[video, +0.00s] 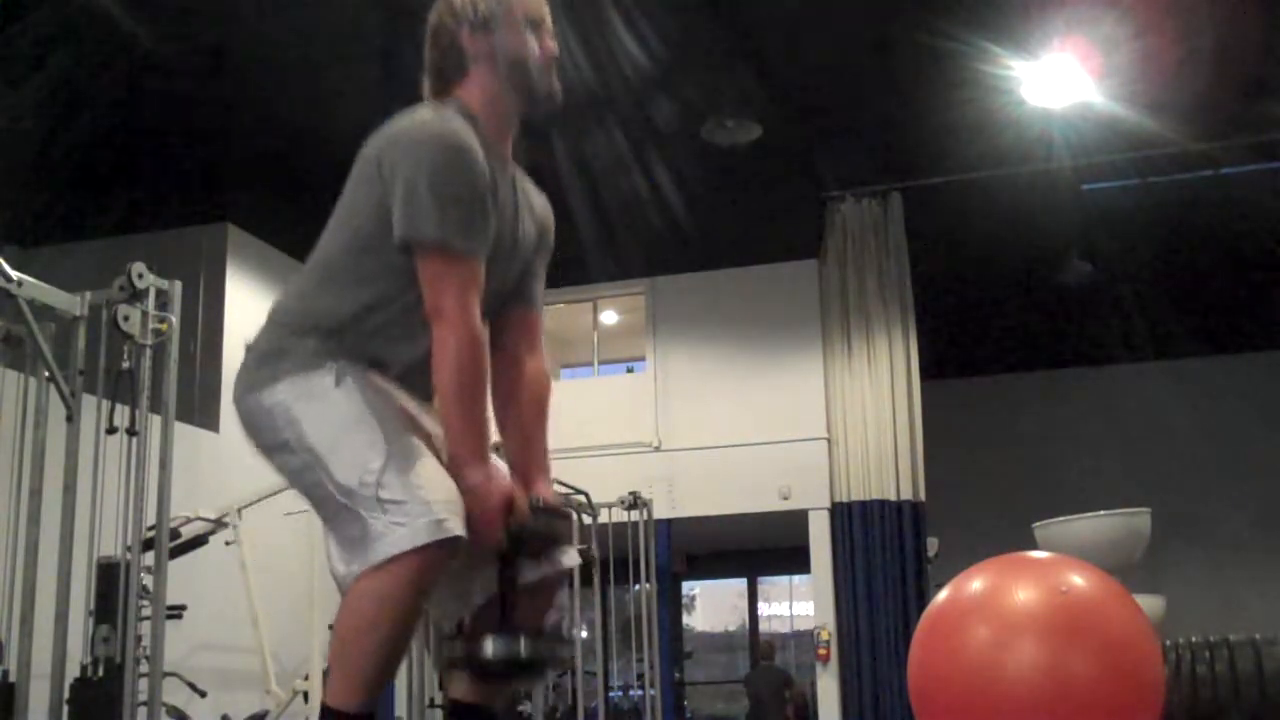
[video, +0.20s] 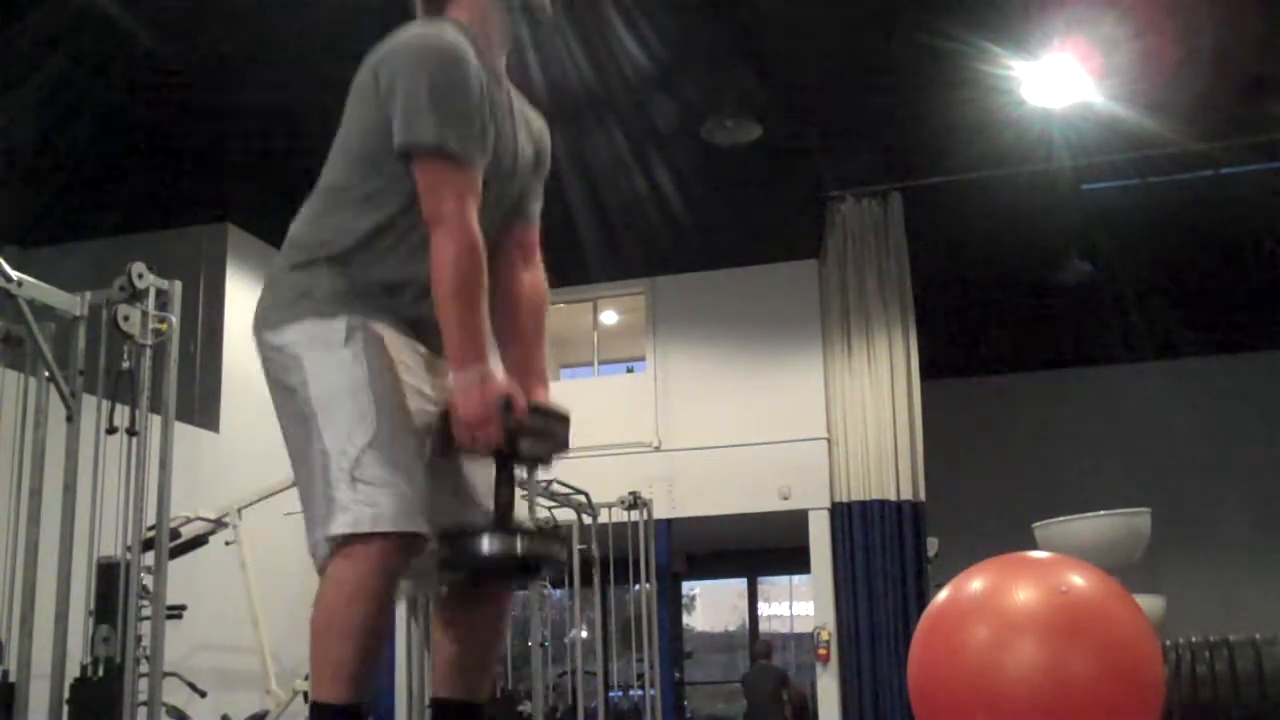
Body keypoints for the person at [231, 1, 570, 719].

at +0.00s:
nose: (554, 47)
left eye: (552, 31)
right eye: (533, 26)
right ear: (473, 38)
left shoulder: (530, 208)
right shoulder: (436, 142)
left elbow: (523, 352)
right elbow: (454, 320)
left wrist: (536, 485)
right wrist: (475, 472)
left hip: (389, 388)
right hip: (304, 371)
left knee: (505, 544)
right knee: (416, 528)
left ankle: (474, 703)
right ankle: (343, 712)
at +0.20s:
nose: (512, 7)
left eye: (507, 5)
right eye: (499, 2)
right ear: (465, 3)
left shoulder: (528, 128)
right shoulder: (434, 53)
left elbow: (523, 260)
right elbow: (451, 222)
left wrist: (534, 392)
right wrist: (473, 368)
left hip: (421, 338)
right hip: (330, 315)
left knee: (481, 554)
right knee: (377, 528)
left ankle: (458, 711)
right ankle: (331, 714)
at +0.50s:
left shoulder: (523, 75)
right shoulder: (427, 8)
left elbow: (519, 211)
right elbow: (442, 158)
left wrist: (531, 337)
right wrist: (464, 308)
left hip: (452, 317)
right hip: (365, 300)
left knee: (462, 553)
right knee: (363, 533)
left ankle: (449, 711)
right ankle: (332, 711)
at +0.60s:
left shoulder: (527, 97)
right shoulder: (433, 22)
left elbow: (521, 235)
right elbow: (448, 189)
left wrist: (530, 361)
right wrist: (469, 341)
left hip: (437, 327)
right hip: (350, 308)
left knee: (485, 550)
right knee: (381, 529)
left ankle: (459, 711)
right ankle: (336, 714)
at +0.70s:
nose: (550, 24)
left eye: (549, 17)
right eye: (530, 9)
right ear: (481, 9)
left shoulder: (533, 143)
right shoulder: (439, 65)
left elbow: (524, 279)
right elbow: (453, 243)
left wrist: (535, 418)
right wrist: (472, 399)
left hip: (423, 349)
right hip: (330, 324)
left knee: (513, 563)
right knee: (401, 530)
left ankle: (465, 711)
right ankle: (336, 711)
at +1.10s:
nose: (615, 149)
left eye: (612, 134)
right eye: (594, 130)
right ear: (536, 144)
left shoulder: (563, 309)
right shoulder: (474, 244)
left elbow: (544, 455)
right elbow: (480, 445)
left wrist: (551, 605)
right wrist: (495, 605)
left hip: (404, 454)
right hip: (303, 433)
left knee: (575, 572)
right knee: (448, 541)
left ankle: (480, 706)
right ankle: (349, 710)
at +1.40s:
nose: (634, 175)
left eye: (631, 160)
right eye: (615, 156)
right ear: (554, 167)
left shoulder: (580, 327)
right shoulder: (492, 267)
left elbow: (556, 478)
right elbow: (496, 469)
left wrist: (555, 622)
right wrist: (505, 625)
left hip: (415, 466)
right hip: (315, 447)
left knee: (588, 578)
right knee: (469, 546)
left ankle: (487, 703)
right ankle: (363, 706)